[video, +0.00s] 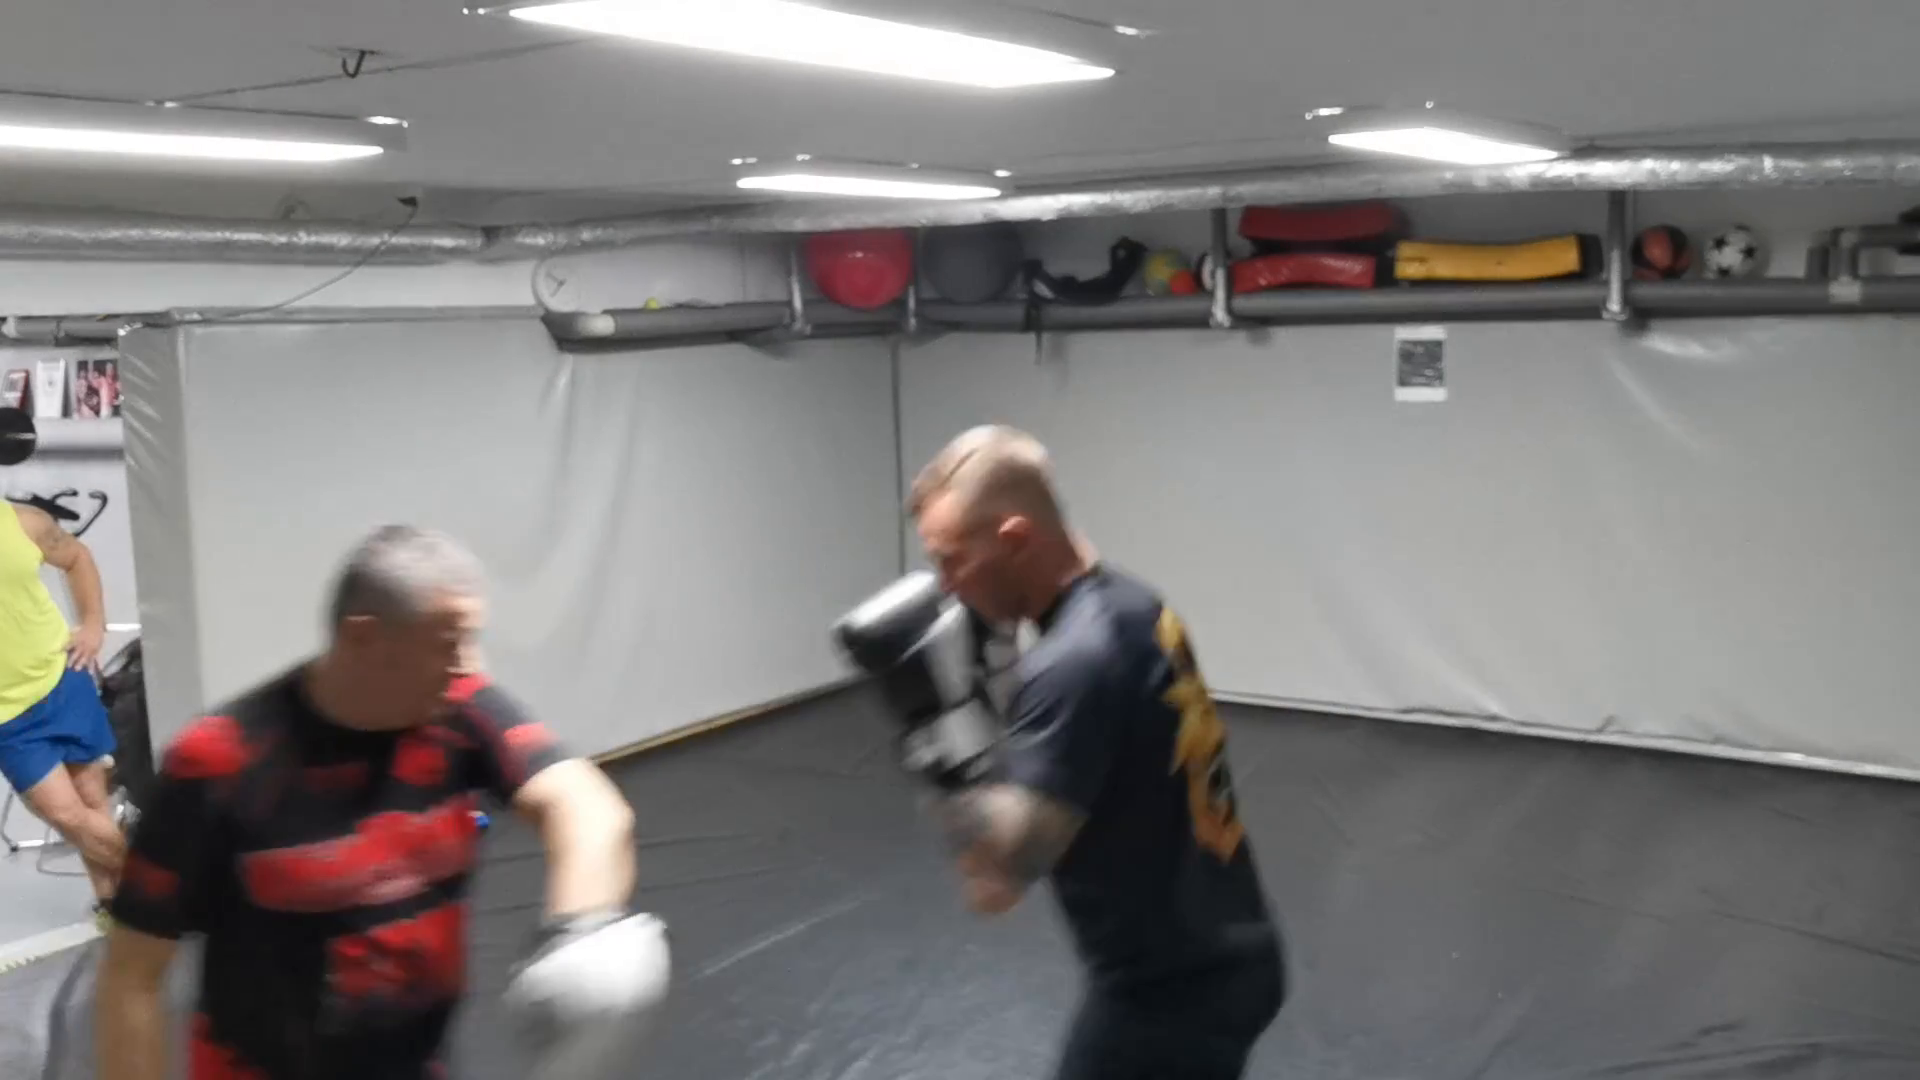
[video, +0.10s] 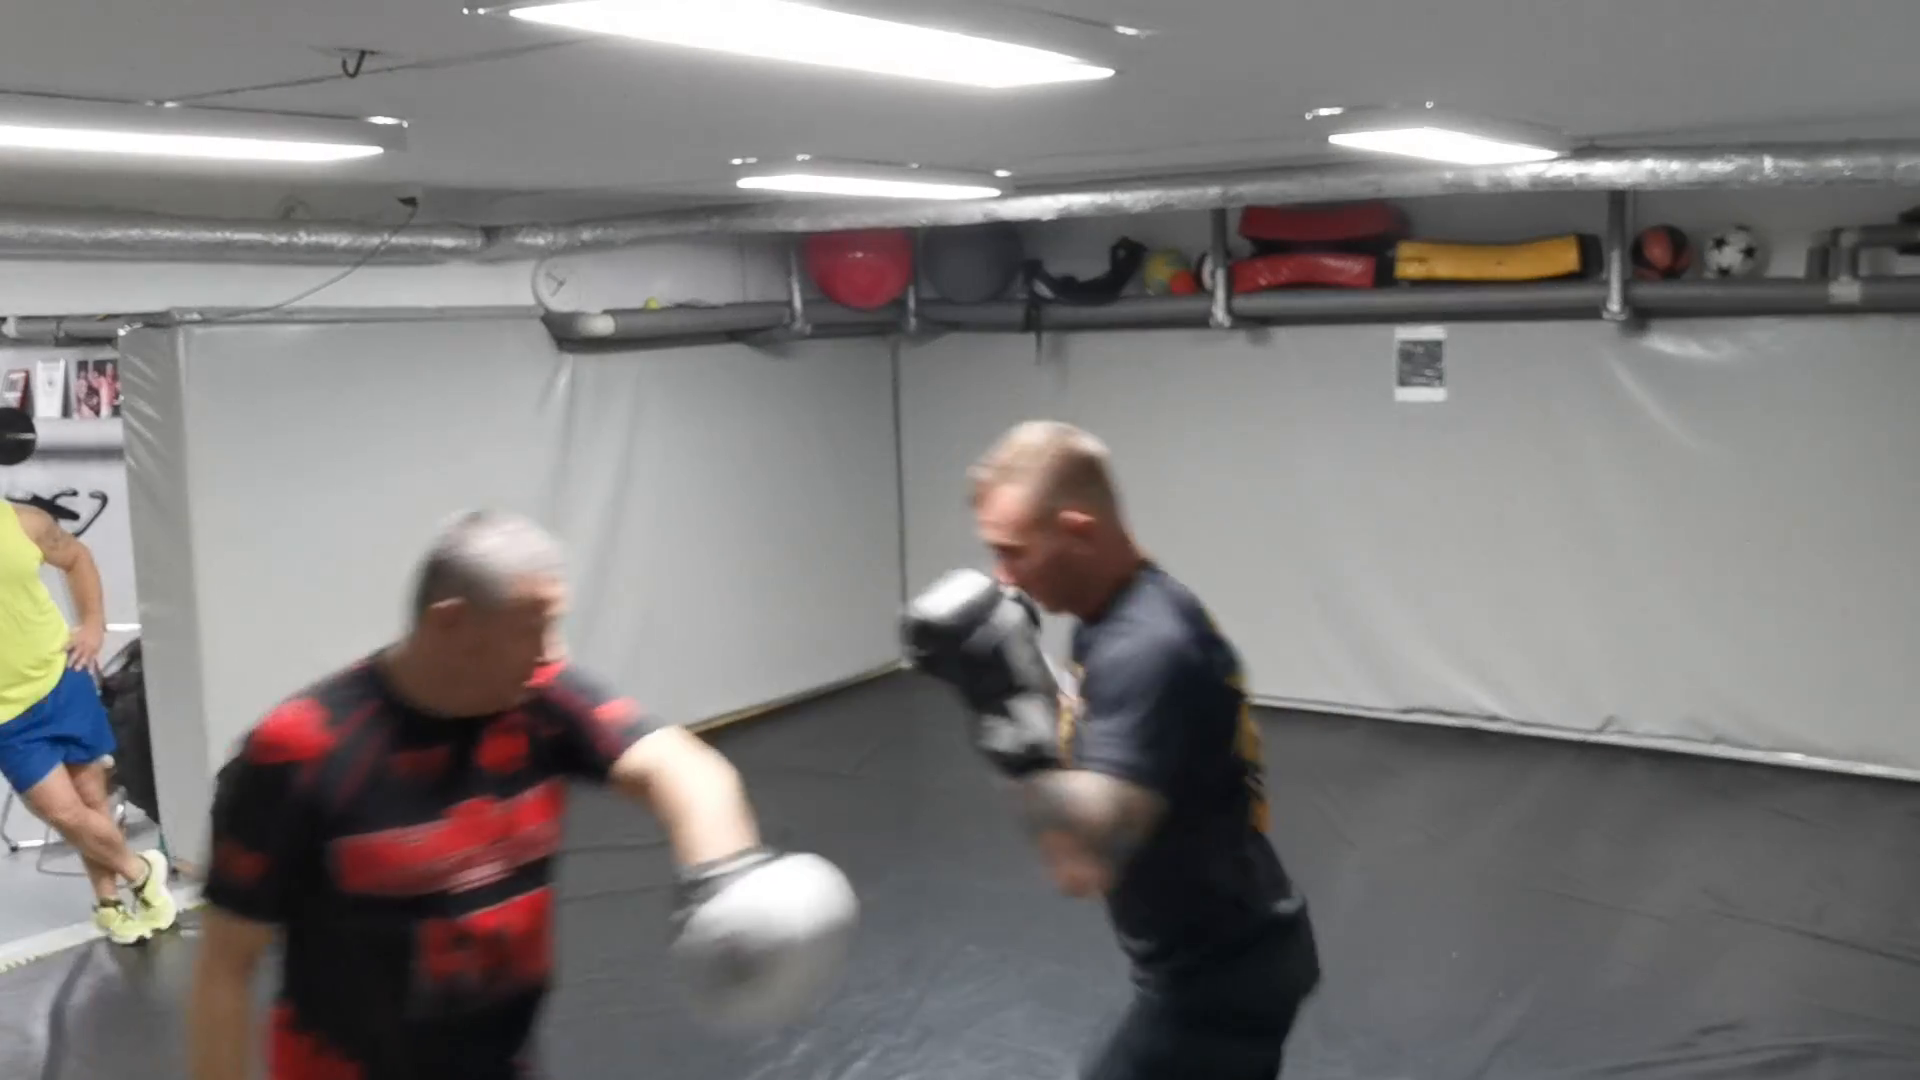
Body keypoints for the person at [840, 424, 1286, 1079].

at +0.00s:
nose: (945, 586)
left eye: (952, 561)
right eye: (938, 565)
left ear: (1016, 537)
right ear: (1022, 538)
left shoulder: (1076, 663)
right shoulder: (1126, 608)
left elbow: (1011, 855)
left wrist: (940, 724)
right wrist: (996, 865)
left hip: (1168, 987)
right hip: (1223, 955)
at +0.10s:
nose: (1000, 578)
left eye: (1012, 552)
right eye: (994, 554)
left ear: (1076, 532)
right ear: (1077, 534)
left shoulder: (1151, 646)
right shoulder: (1116, 622)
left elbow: (1101, 828)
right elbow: (1088, 749)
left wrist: (1006, 705)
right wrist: (1079, 852)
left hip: (1222, 969)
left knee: (1115, 1069)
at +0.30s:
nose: (1109, 586)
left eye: (1131, 562)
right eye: (1103, 560)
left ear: (1197, 546)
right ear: (1095, 545)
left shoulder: (1278, 655)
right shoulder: (1136, 643)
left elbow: (1331, 839)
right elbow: (1084, 761)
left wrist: (1224, 720)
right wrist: (1042, 698)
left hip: (1291, 945)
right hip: (1228, 937)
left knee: (1250, 1067)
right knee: (1265, 1063)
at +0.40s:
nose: (1157, 531)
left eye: (1177, 510)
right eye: (1143, 510)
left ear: (1238, 495)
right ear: (1127, 494)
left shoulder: (1306, 595)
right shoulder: (1131, 580)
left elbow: (1360, 770)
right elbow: (1063, 716)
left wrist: (1270, 654)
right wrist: (1043, 642)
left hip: (1295, 874)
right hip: (1210, 866)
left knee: (1261, 1066)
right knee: (1247, 1056)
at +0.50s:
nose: (1183, 497)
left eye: (1204, 478)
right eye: (1165, 476)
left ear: (1256, 456)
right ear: (1146, 458)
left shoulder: (1314, 546)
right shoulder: (1135, 541)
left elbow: (1342, 722)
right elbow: (1071, 685)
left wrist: (1259, 598)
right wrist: (1052, 617)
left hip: (1292, 853)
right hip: (1187, 848)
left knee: (1313, 1069)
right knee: (1147, 1056)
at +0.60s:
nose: (1188, 521)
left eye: (1207, 500)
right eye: (1170, 500)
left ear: (1250, 478)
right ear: (1147, 483)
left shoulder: (1304, 562)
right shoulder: (1121, 574)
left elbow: (1338, 722)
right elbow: (1070, 711)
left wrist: (1242, 623)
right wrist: (1042, 653)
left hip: (1304, 867)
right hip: (1182, 861)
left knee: (1384, 1064)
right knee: (1076, 1052)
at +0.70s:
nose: (1152, 564)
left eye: (1172, 541)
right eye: (1134, 542)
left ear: (1209, 523)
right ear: (1111, 528)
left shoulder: (1269, 597)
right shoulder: (1097, 619)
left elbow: (1340, 746)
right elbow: (1002, 770)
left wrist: (1231, 686)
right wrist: (1016, 680)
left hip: (1293, 879)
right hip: (1167, 880)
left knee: (1384, 1060)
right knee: (1056, 1059)